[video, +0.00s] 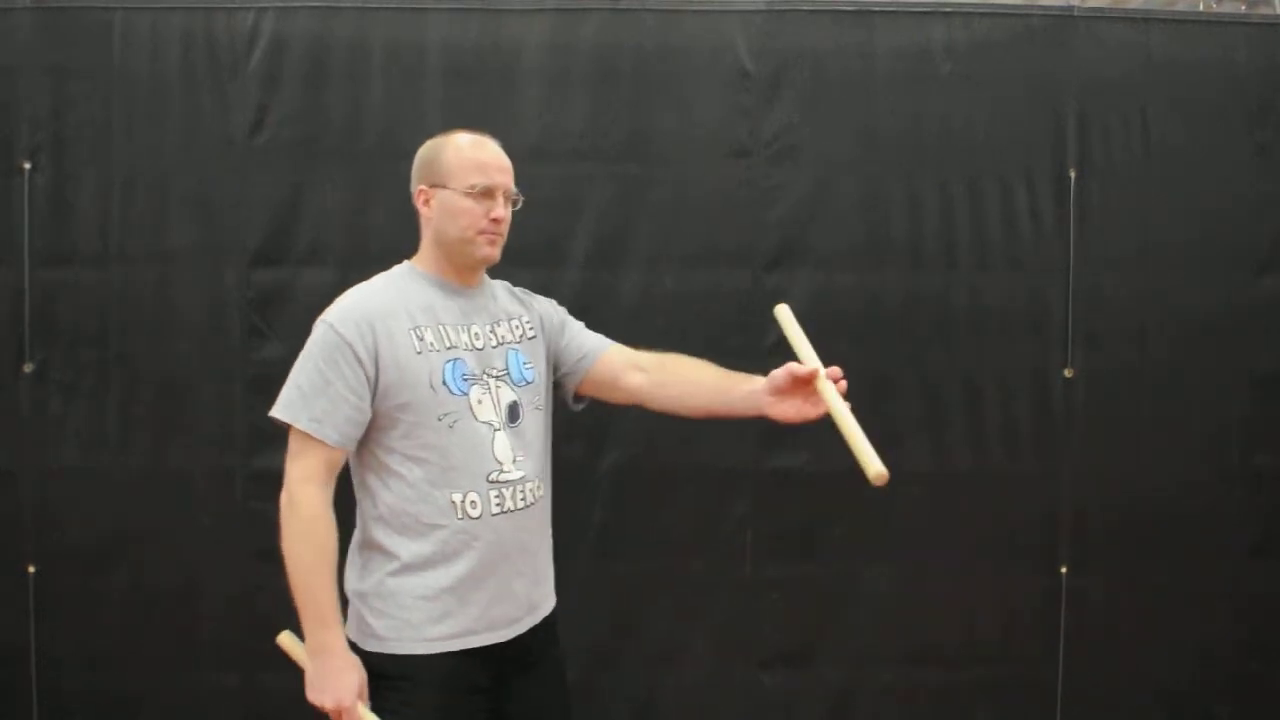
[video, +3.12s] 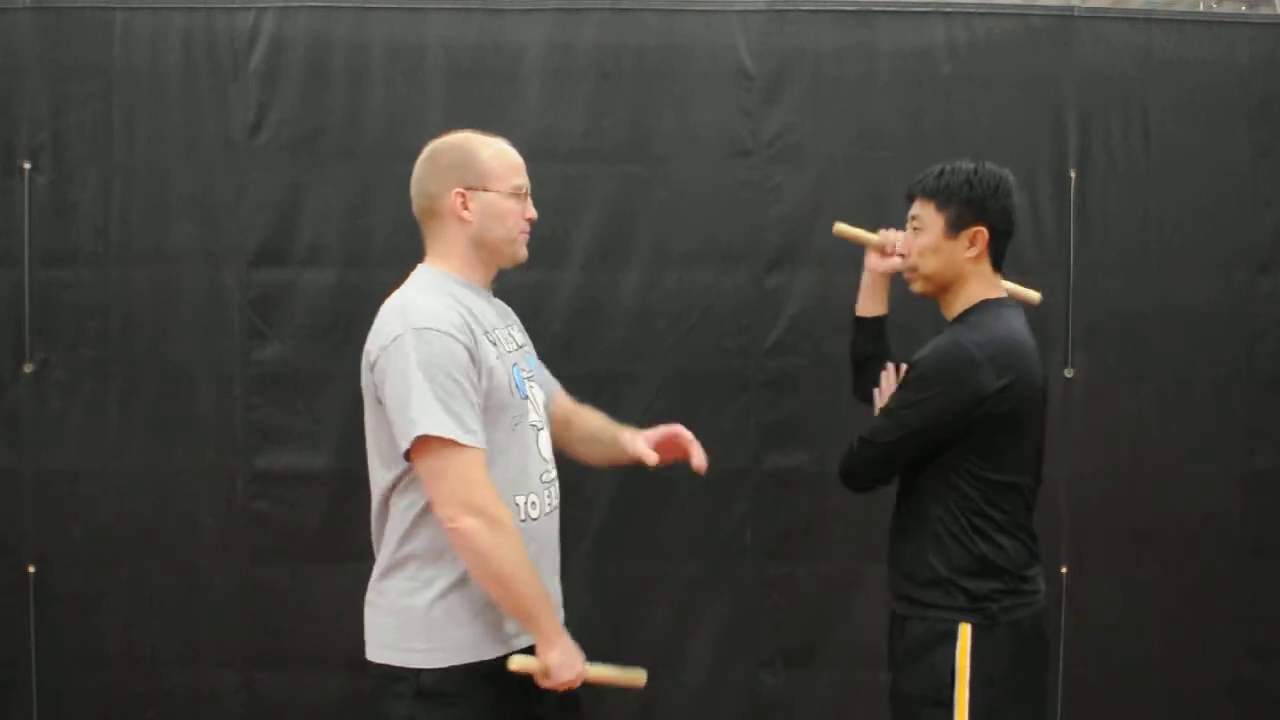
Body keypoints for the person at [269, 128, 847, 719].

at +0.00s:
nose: (501, 213)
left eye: (507, 198)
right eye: (481, 195)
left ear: (513, 206)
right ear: (424, 200)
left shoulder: (529, 315)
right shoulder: (359, 322)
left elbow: (635, 374)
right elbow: (305, 489)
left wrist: (761, 395)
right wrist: (327, 650)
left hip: (527, 633)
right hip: (411, 650)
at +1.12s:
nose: (498, 206)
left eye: (503, 192)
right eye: (478, 190)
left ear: (508, 201)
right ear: (418, 200)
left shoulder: (514, 319)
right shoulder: (351, 325)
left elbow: (610, 412)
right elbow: (300, 500)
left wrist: (716, 468)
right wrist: (343, 672)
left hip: (523, 646)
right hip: (408, 669)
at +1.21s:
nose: (501, 209)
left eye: (504, 193)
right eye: (481, 190)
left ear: (507, 200)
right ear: (419, 200)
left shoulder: (507, 318)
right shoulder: (351, 325)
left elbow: (587, 426)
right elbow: (303, 502)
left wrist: (681, 513)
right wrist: (349, 674)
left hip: (522, 644)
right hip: (410, 672)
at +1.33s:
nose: (515, 210)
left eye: (515, 194)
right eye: (494, 191)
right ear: (434, 201)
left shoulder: (510, 319)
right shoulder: (365, 323)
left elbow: (560, 444)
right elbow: (323, 497)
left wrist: (622, 561)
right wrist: (368, 671)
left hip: (524, 644)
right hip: (417, 670)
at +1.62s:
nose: (572, 212)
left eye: (570, 197)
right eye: (553, 193)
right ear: (496, 202)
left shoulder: (545, 322)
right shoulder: (428, 310)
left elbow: (559, 463)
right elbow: (395, 479)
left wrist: (579, 585)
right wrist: (446, 643)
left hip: (542, 642)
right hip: (451, 653)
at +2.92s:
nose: (542, 215)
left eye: (539, 199)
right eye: (528, 197)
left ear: (476, 205)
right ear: (471, 203)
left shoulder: (507, 321)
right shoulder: (415, 326)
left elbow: (542, 450)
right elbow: (430, 512)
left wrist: (620, 526)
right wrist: (503, 655)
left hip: (535, 650)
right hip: (440, 664)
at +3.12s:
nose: (532, 212)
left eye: (529, 196)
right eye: (517, 194)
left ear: (468, 206)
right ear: (463, 204)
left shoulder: (495, 318)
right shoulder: (423, 326)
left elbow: (560, 416)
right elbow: (466, 511)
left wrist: (632, 442)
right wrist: (549, 633)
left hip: (513, 647)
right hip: (444, 660)